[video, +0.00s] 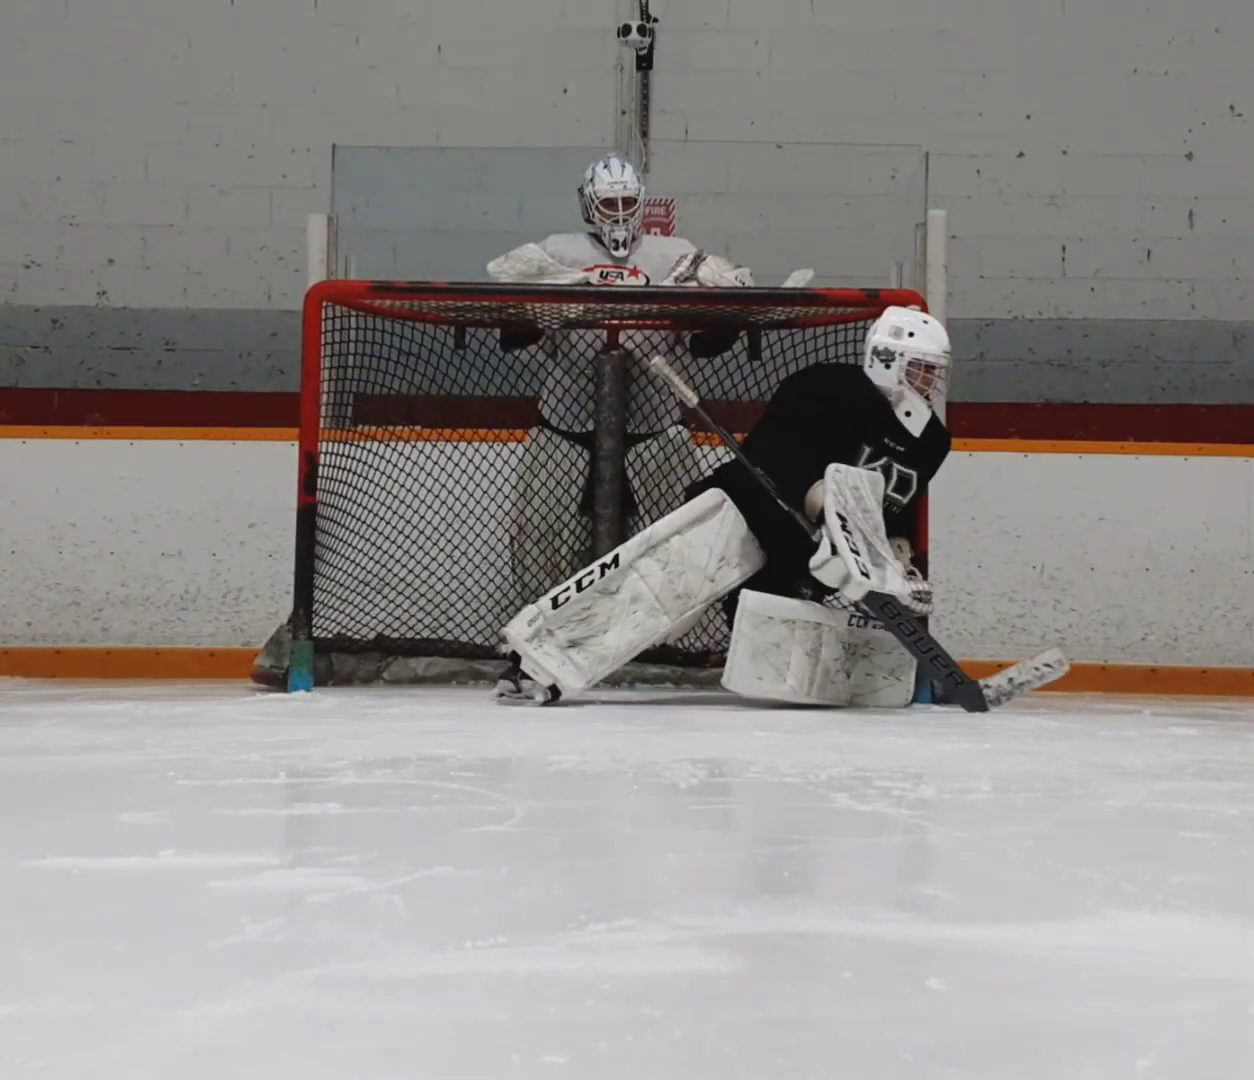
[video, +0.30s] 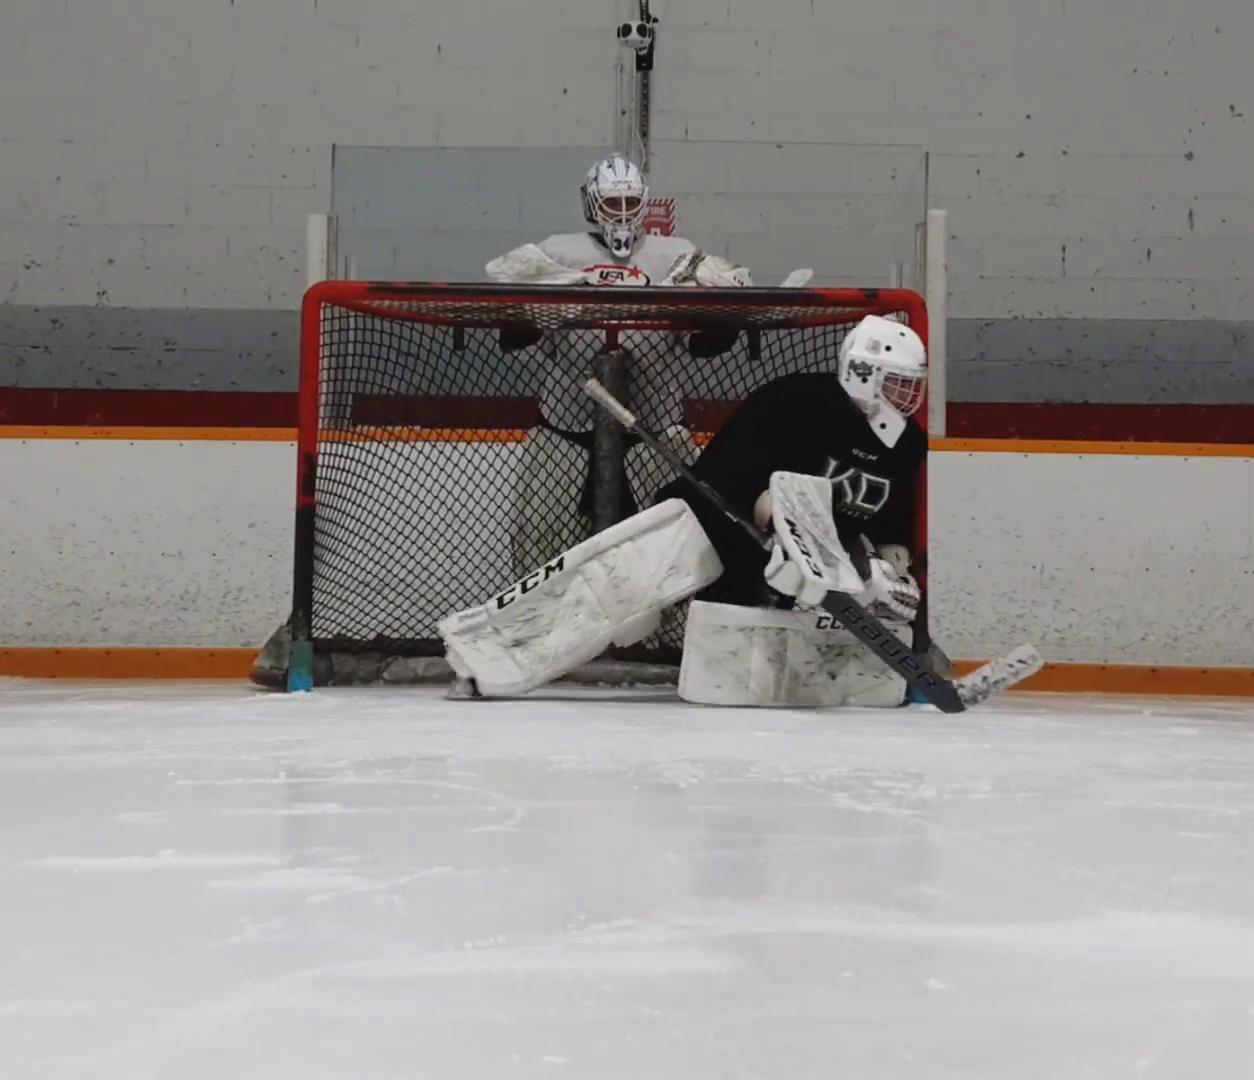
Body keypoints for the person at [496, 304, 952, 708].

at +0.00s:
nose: (932, 381)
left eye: (938, 370)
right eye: (923, 368)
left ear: (938, 372)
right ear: (887, 361)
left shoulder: (931, 441)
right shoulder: (827, 386)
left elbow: (896, 513)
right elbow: (768, 453)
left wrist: (895, 569)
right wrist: (817, 493)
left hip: (829, 553)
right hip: (751, 519)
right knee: (659, 585)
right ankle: (544, 663)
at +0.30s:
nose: (907, 397)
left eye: (914, 387)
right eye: (898, 384)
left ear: (916, 386)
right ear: (861, 374)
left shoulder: (906, 444)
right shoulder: (797, 399)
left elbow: (893, 523)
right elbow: (718, 479)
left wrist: (895, 569)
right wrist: (771, 517)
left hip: (808, 556)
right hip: (721, 532)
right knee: (612, 581)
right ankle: (489, 657)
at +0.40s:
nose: (865, 404)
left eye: (872, 394)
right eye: (856, 391)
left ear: (876, 394)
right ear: (820, 380)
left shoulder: (867, 443)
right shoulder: (763, 409)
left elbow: (881, 511)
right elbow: (675, 469)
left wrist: (891, 556)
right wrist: (712, 520)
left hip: (773, 583)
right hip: (687, 561)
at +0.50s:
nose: (784, 391)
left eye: (793, 380)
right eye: (773, 379)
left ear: (805, 377)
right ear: (739, 370)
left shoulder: (813, 431)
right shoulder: (689, 413)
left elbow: (838, 503)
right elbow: (609, 464)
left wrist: (871, 556)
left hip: (740, 593)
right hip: (652, 578)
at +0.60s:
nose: (647, 375)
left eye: (661, 366)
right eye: (639, 364)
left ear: (692, 363)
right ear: (628, 357)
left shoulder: (735, 406)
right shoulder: (601, 404)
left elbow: (771, 480)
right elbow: (535, 459)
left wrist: (811, 525)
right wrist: (494, 505)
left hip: (696, 589)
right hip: (601, 585)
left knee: (701, 708)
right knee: (596, 706)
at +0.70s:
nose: (536, 370)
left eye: (549, 358)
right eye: (528, 358)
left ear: (586, 354)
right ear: (520, 357)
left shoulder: (641, 389)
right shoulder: (504, 410)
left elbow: (705, 450)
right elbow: (442, 460)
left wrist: (732, 501)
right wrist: (394, 509)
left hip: (646, 590)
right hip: (546, 594)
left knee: (664, 728)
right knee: (548, 736)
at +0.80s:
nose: (442, 370)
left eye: (455, 358)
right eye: (435, 358)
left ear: (496, 350)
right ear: (430, 358)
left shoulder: (554, 385)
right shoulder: (423, 413)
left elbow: (639, 431)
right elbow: (363, 468)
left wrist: (633, 476)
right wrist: (319, 493)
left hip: (599, 557)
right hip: (510, 585)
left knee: (686, 595)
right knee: (531, 678)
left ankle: (774, 656)